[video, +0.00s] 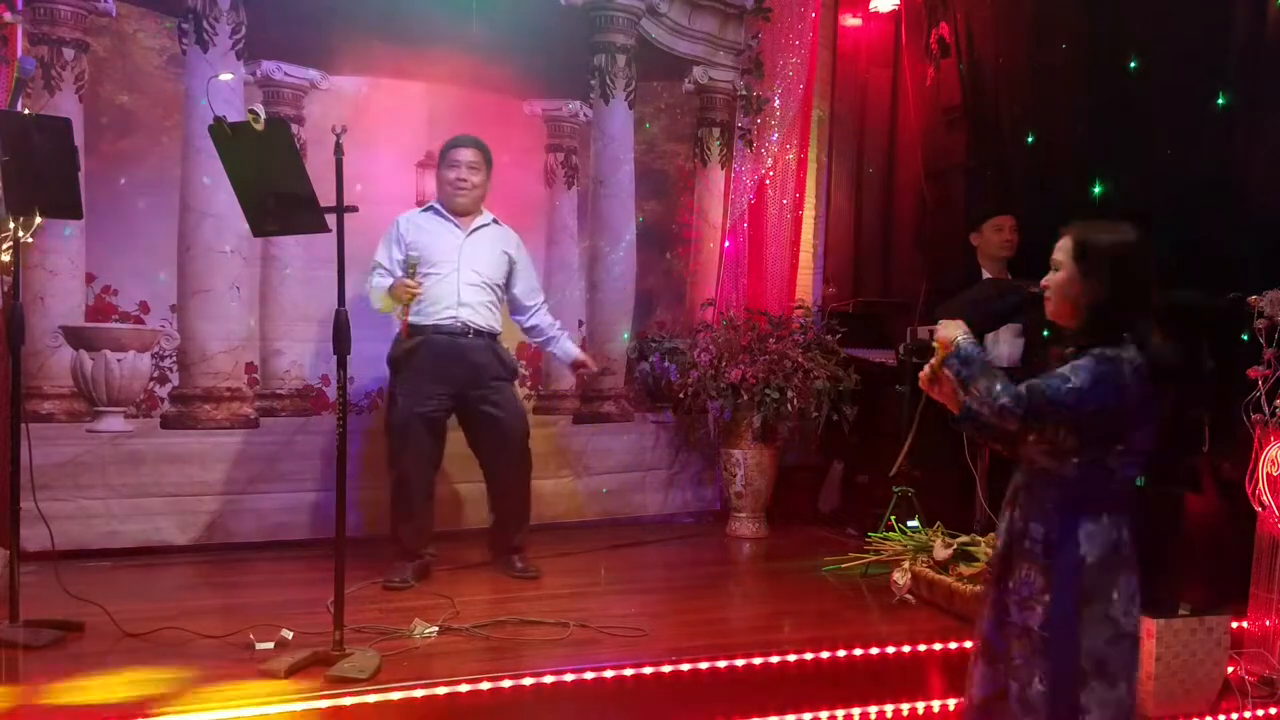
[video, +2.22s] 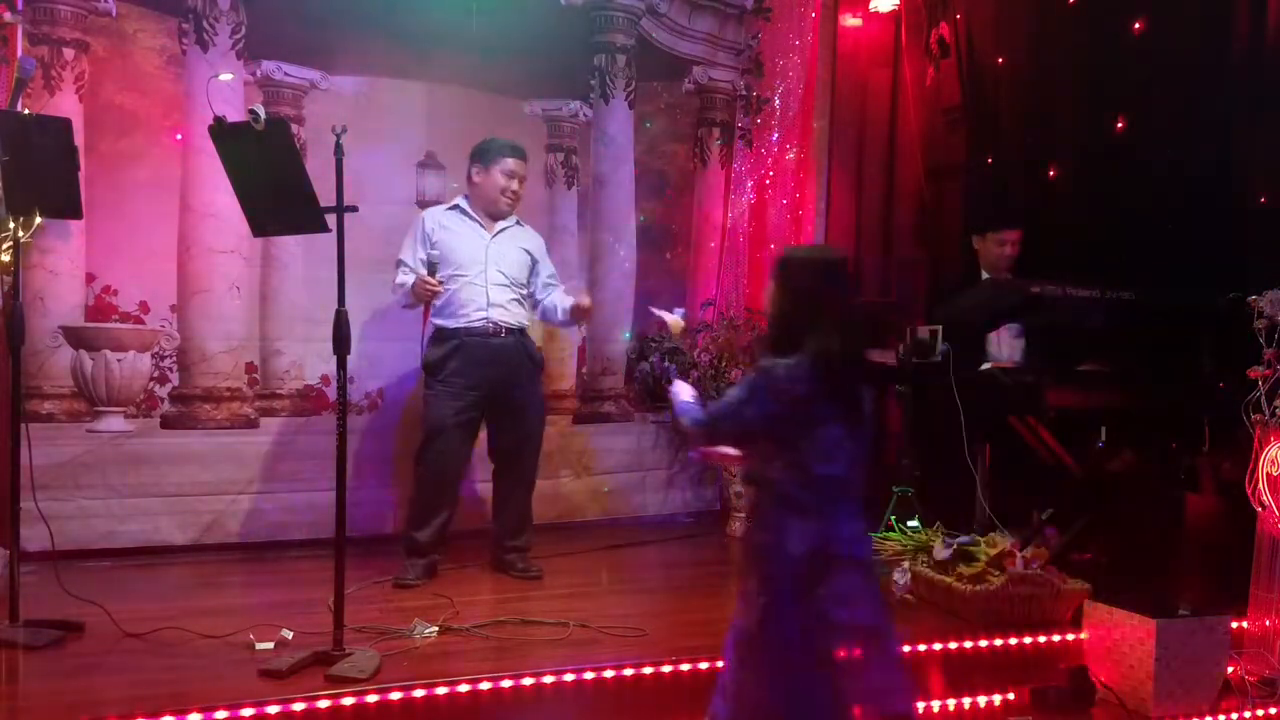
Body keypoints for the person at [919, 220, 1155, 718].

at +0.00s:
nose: (1045, 281)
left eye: (1058, 269)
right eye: (1050, 268)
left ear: (1099, 285)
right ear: (1089, 286)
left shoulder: (1113, 367)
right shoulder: (1089, 361)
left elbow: (1016, 408)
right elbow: (1030, 431)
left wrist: (962, 346)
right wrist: (962, 405)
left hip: (1078, 541)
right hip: (1047, 534)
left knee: (1061, 677)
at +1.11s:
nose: (988, 280)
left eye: (1001, 272)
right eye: (994, 269)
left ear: (1034, 289)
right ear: (1043, 293)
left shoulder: (1020, 370)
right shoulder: (1063, 363)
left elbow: (932, 410)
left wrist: (921, 368)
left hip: (1007, 551)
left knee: (999, 669)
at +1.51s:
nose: (949, 298)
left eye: (958, 286)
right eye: (952, 286)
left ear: (994, 293)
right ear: (994, 296)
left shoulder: (1009, 373)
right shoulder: (1019, 368)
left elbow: (935, 441)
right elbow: (949, 438)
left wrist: (885, 379)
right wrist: (891, 411)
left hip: (984, 560)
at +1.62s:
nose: (928, 299)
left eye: (937, 286)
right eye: (930, 286)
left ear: (972, 295)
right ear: (972, 298)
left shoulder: (995, 380)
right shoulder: (973, 374)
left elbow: (929, 450)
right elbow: (922, 442)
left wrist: (862, 417)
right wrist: (861, 412)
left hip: (978, 574)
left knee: (980, 696)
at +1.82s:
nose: (876, 298)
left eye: (885, 288)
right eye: (880, 287)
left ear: (913, 299)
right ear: (940, 299)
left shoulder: (922, 380)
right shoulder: (966, 369)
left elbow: (871, 456)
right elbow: (881, 441)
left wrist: (813, 444)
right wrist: (819, 418)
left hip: (912, 555)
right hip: (960, 546)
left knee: (891, 675)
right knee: (965, 666)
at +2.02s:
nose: (821, 302)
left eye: (829, 291)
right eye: (825, 290)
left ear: (853, 303)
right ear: (888, 302)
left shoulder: (855, 386)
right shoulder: (918, 374)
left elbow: (784, 447)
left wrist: (744, 423)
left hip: (860, 555)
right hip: (912, 545)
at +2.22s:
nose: (769, 301)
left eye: (776, 291)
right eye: (773, 289)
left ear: (790, 301)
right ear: (837, 301)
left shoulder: (782, 377)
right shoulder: (851, 371)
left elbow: (705, 426)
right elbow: (807, 452)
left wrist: (683, 397)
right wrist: (738, 456)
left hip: (787, 537)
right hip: (845, 531)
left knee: (770, 649)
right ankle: (894, 708)